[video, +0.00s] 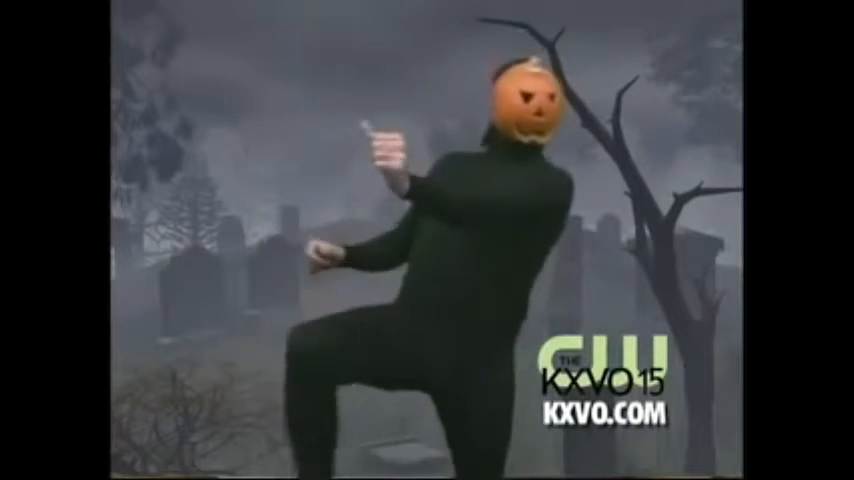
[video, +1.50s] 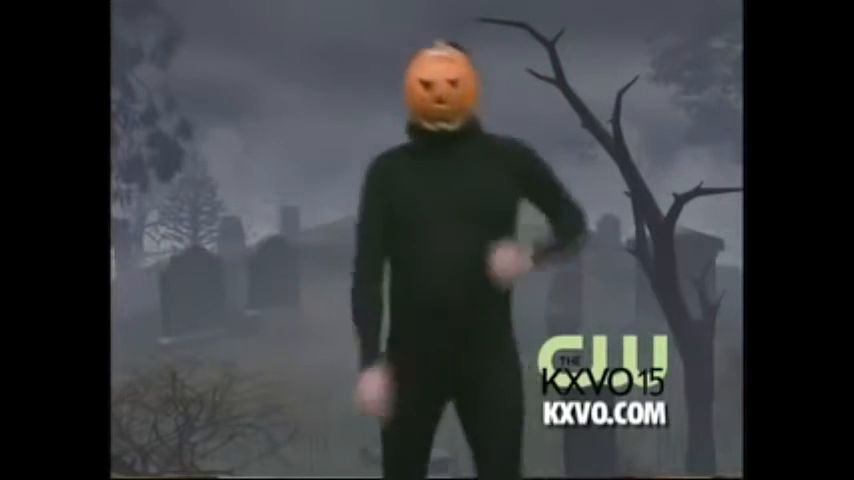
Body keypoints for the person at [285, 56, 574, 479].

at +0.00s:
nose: (540, 105)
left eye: (551, 98)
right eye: (526, 93)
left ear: (559, 116)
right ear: (495, 101)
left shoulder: (552, 185)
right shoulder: (454, 167)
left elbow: (486, 209)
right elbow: (403, 244)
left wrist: (408, 184)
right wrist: (347, 255)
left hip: (479, 355)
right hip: (410, 332)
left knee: (480, 471)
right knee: (308, 348)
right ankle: (314, 473)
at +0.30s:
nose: (494, 68)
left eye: (503, 60)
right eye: (482, 55)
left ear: (510, 87)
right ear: (451, 78)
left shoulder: (516, 157)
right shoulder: (396, 138)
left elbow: (512, 263)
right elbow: (348, 171)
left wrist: (460, 210)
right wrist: (361, 233)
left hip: (459, 322)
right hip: (388, 319)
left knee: (461, 463)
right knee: (374, 460)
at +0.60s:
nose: (397, 117)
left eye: (399, 108)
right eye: (380, 114)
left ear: (410, 114)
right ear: (343, 133)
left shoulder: (426, 178)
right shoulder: (324, 210)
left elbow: (477, 268)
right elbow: (349, 321)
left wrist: (516, 346)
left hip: (453, 363)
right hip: (382, 378)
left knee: (531, 463)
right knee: (379, 471)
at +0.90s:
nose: (364, 71)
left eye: (365, 61)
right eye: (344, 66)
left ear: (376, 72)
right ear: (314, 91)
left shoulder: (385, 135)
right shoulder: (320, 167)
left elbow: (409, 229)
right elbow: (411, 227)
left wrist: (446, 257)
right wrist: (498, 161)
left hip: (449, 307)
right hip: (396, 334)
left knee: (564, 329)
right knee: (391, 469)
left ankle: (479, 441)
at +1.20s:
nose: (397, 107)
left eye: (400, 96)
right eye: (379, 103)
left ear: (417, 107)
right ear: (352, 125)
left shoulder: (423, 177)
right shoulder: (341, 211)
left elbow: (444, 244)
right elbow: (385, 294)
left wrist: (479, 281)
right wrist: (429, 225)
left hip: (444, 349)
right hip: (384, 368)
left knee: (555, 391)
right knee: (387, 471)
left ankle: (520, 474)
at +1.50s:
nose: (440, 93)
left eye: (453, 82)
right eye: (426, 83)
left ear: (473, 92)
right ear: (408, 94)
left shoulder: (508, 159)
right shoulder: (388, 171)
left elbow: (573, 229)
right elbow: (367, 271)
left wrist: (531, 256)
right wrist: (370, 360)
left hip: (487, 354)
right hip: (413, 355)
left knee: (501, 471)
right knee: (401, 472)